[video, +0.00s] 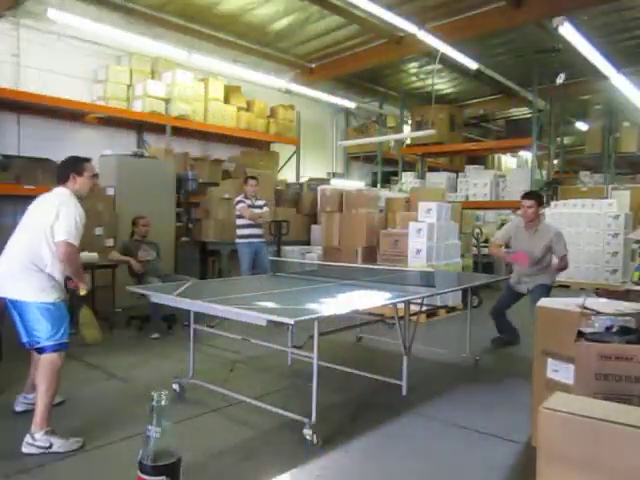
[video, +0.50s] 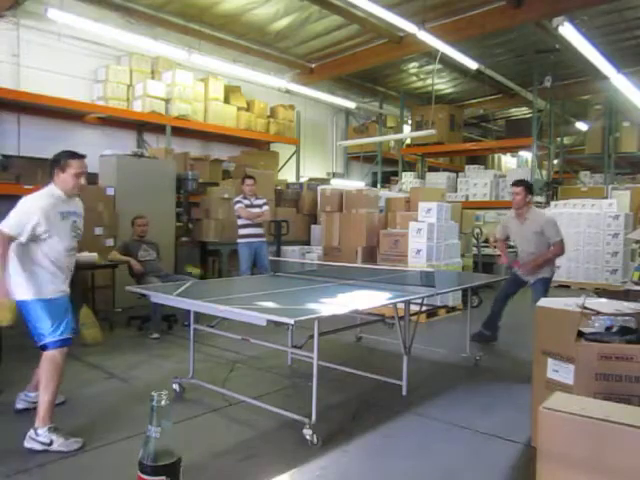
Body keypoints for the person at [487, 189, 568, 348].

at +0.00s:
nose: (525, 212)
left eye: (529, 207)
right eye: (523, 207)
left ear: (539, 209)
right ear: (520, 209)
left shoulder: (552, 233)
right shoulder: (514, 226)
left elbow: (564, 261)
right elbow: (493, 247)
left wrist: (553, 270)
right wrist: (509, 257)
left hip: (541, 278)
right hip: (519, 278)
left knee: (539, 312)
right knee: (497, 311)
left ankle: (543, 347)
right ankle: (510, 336)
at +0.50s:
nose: (514, 198)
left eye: (518, 194)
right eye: (512, 194)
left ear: (528, 197)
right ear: (511, 197)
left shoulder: (543, 220)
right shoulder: (509, 219)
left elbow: (559, 249)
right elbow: (500, 240)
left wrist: (534, 263)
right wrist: (504, 255)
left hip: (542, 270)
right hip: (521, 268)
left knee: (540, 307)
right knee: (501, 296)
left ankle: (545, 346)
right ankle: (489, 331)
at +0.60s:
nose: (504, 200)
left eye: (509, 196)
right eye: (503, 196)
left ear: (520, 200)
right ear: (501, 199)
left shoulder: (534, 220)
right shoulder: (503, 221)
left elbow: (550, 248)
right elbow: (496, 240)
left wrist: (525, 263)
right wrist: (498, 249)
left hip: (536, 272)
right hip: (514, 270)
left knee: (537, 309)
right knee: (493, 298)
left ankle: (545, 346)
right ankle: (489, 331)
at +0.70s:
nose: (499, 198)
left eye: (503, 194)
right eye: (497, 194)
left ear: (514, 197)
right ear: (496, 196)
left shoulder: (529, 217)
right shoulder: (497, 218)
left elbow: (542, 245)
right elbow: (491, 240)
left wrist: (518, 259)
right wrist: (496, 254)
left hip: (532, 268)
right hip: (511, 267)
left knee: (537, 307)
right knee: (490, 294)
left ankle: (544, 344)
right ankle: (488, 331)